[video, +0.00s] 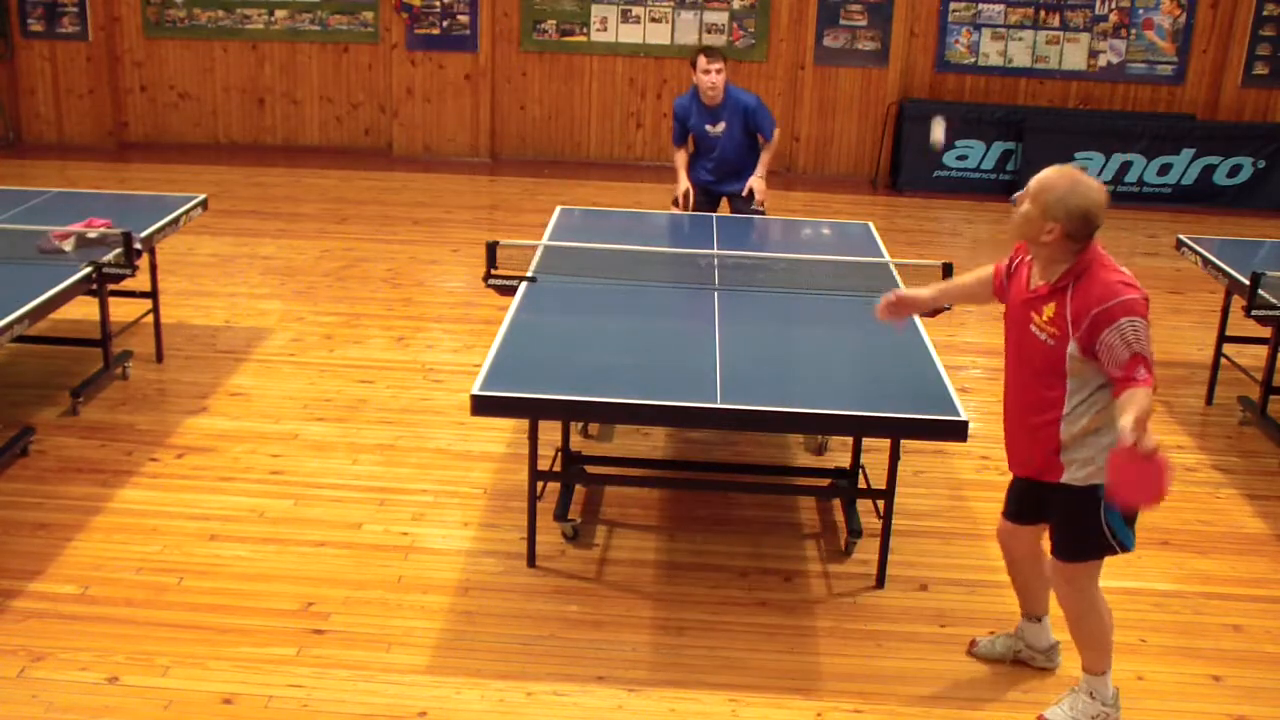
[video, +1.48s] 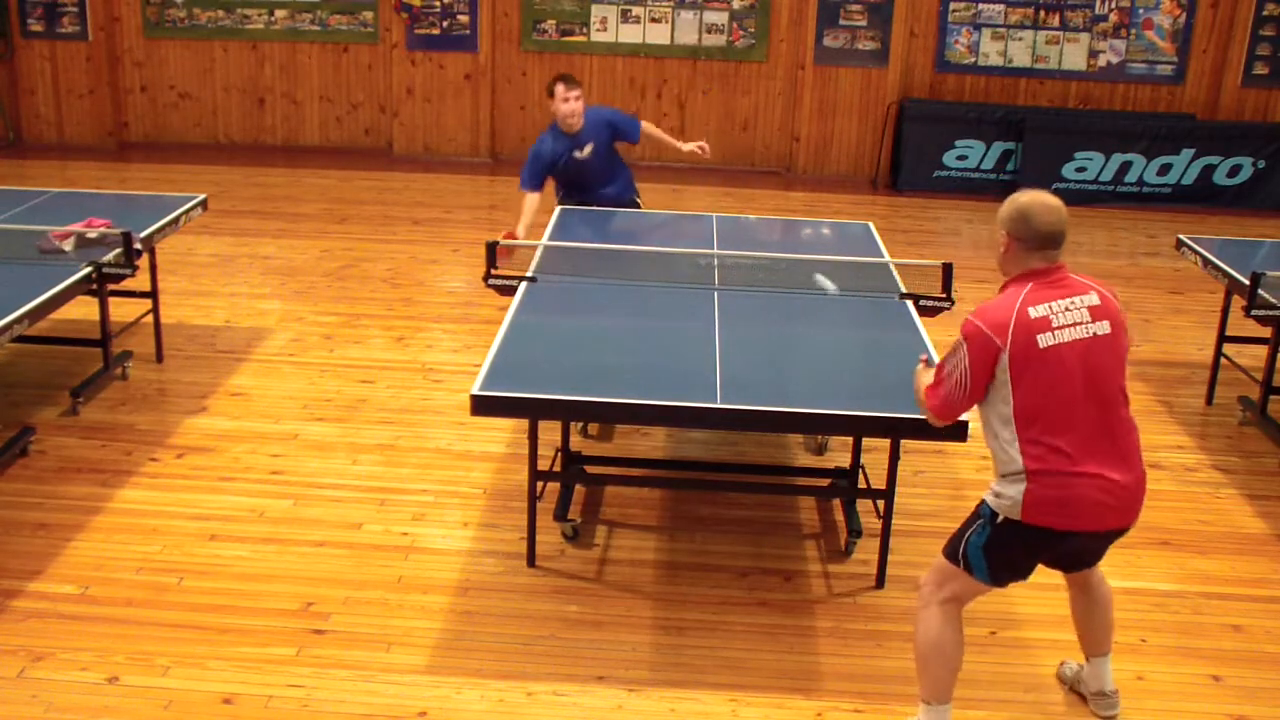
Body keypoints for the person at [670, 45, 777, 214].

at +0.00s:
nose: (713, 79)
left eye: (718, 72)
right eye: (706, 73)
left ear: (726, 74)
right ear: (694, 77)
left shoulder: (747, 104)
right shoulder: (684, 107)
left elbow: (772, 134)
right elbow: (680, 146)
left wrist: (759, 175)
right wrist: (682, 179)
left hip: (741, 179)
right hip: (704, 178)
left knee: (750, 237)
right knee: (693, 233)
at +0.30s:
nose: (694, 54)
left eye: (699, 48)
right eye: (687, 48)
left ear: (707, 50)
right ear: (676, 52)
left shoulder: (725, 83)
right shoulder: (660, 86)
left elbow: (741, 117)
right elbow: (648, 123)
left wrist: (729, 152)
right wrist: (650, 155)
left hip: (711, 170)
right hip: (671, 169)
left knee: (726, 224)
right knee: (652, 221)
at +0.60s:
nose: (662, 67)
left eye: (668, 60)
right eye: (656, 61)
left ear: (679, 61)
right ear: (649, 64)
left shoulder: (702, 92)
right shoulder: (642, 97)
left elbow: (734, 126)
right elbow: (621, 133)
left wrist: (723, 153)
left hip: (694, 182)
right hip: (652, 178)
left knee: (702, 244)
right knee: (621, 224)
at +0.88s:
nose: (582, 92)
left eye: (587, 84)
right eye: (577, 87)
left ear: (605, 82)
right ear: (573, 90)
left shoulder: (634, 102)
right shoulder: (579, 119)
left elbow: (682, 104)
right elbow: (548, 150)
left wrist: (718, 117)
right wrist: (503, 138)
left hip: (660, 192)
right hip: (614, 194)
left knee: (674, 253)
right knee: (597, 250)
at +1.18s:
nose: (540, 147)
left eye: (545, 139)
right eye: (533, 141)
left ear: (557, 137)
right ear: (525, 145)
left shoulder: (585, 143)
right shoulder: (533, 183)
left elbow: (632, 129)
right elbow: (529, 230)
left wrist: (677, 133)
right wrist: (515, 248)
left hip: (624, 209)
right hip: (584, 219)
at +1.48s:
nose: (572, 107)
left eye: (577, 99)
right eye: (565, 100)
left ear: (583, 100)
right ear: (552, 105)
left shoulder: (603, 120)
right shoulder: (546, 148)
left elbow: (643, 129)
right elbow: (532, 190)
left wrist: (680, 146)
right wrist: (520, 230)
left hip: (622, 203)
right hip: (578, 209)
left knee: (633, 258)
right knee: (578, 262)